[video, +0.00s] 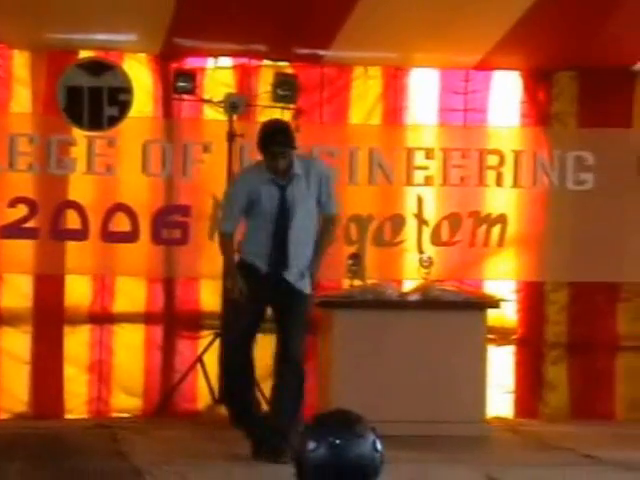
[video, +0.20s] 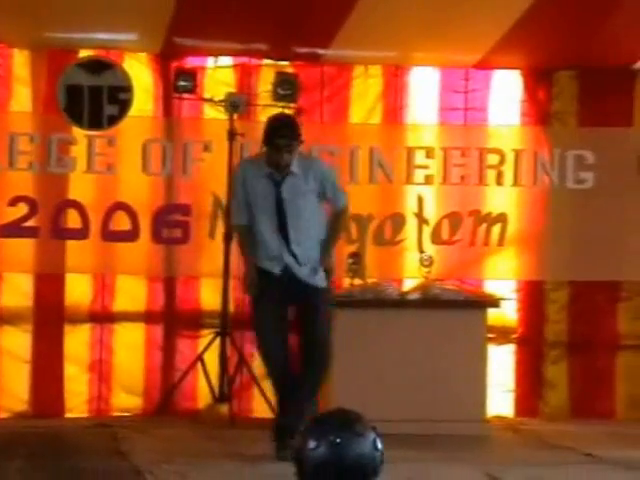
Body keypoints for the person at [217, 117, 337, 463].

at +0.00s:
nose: (281, 164)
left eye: (285, 156)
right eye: (274, 157)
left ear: (295, 150)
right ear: (263, 155)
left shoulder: (316, 175)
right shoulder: (248, 180)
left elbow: (329, 219)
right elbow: (225, 228)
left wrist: (314, 265)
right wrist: (231, 271)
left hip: (295, 277)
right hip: (252, 275)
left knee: (291, 357)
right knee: (235, 349)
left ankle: (281, 435)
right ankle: (249, 420)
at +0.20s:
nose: (285, 158)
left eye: (291, 151)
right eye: (279, 151)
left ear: (299, 147)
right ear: (265, 146)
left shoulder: (314, 170)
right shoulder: (247, 172)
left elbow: (341, 207)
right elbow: (241, 225)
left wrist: (327, 250)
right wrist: (251, 267)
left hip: (310, 274)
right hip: (268, 275)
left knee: (318, 355)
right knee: (273, 353)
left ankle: (288, 430)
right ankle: (301, 426)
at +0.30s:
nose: (292, 158)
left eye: (297, 150)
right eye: (285, 151)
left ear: (304, 149)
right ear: (272, 150)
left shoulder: (317, 180)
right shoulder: (248, 182)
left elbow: (331, 223)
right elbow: (240, 237)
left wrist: (329, 262)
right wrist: (257, 278)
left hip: (318, 283)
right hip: (277, 287)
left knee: (336, 352)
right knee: (292, 357)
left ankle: (329, 419)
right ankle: (310, 420)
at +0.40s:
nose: (296, 149)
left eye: (301, 140)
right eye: (289, 141)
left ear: (308, 140)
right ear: (276, 141)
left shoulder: (322, 176)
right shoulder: (251, 177)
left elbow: (329, 222)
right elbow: (238, 231)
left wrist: (329, 262)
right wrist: (255, 277)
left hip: (314, 282)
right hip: (273, 284)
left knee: (331, 356)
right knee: (283, 359)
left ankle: (321, 422)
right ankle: (306, 422)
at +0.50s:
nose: (300, 145)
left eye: (306, 137)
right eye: (293, 137)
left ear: (314, 141)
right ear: (281, 141)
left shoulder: (331, 180)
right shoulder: (257, 179)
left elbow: (339, 227)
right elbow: (236, 234)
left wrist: (328, 270)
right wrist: (249, 277)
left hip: (309, 280)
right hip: (265, 277)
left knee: (308, 365)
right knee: (247, 343)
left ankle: (293, 434)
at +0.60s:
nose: (296, 147)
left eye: (301, 139)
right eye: (289, 139)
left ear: (311, 141)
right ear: (278, 143)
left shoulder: (330, 184)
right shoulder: (261, 184)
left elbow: (341, 233)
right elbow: (237, 232)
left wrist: (329, 276)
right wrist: (244, 273)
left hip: (307, 287)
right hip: (264, 281)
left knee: (297, 369)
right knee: (241, 346)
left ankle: (284, 439)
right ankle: (233, 412)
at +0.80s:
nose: (295, 133)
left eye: (300, 124)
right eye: (288, 125)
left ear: (308, 126)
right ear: (276, 126)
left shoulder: (327, 163)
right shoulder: (257, 163)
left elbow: (338, 213)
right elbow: (247, 214)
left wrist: (329, 257)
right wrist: (234, 240)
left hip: (311, 267)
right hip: (268, 267)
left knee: (306, 354)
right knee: (269, 352)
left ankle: (301, 433)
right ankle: (265, 434)